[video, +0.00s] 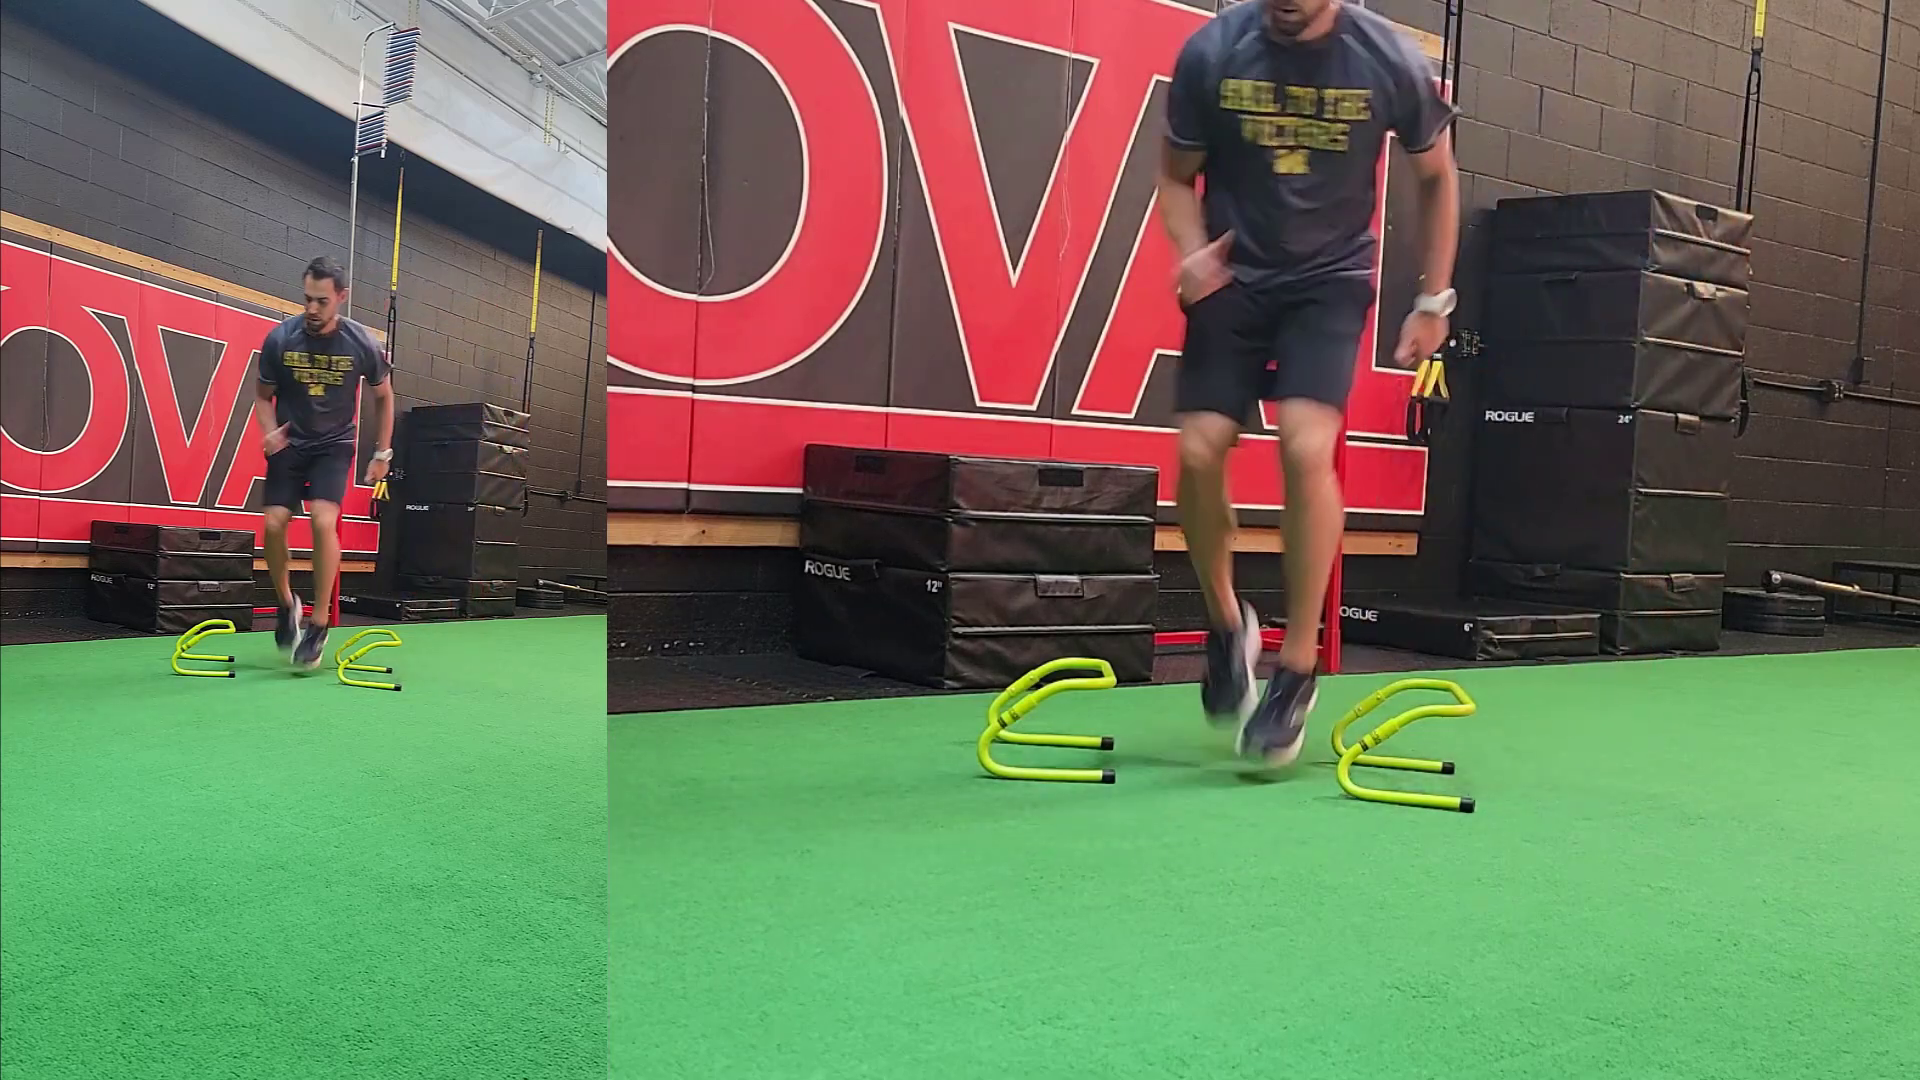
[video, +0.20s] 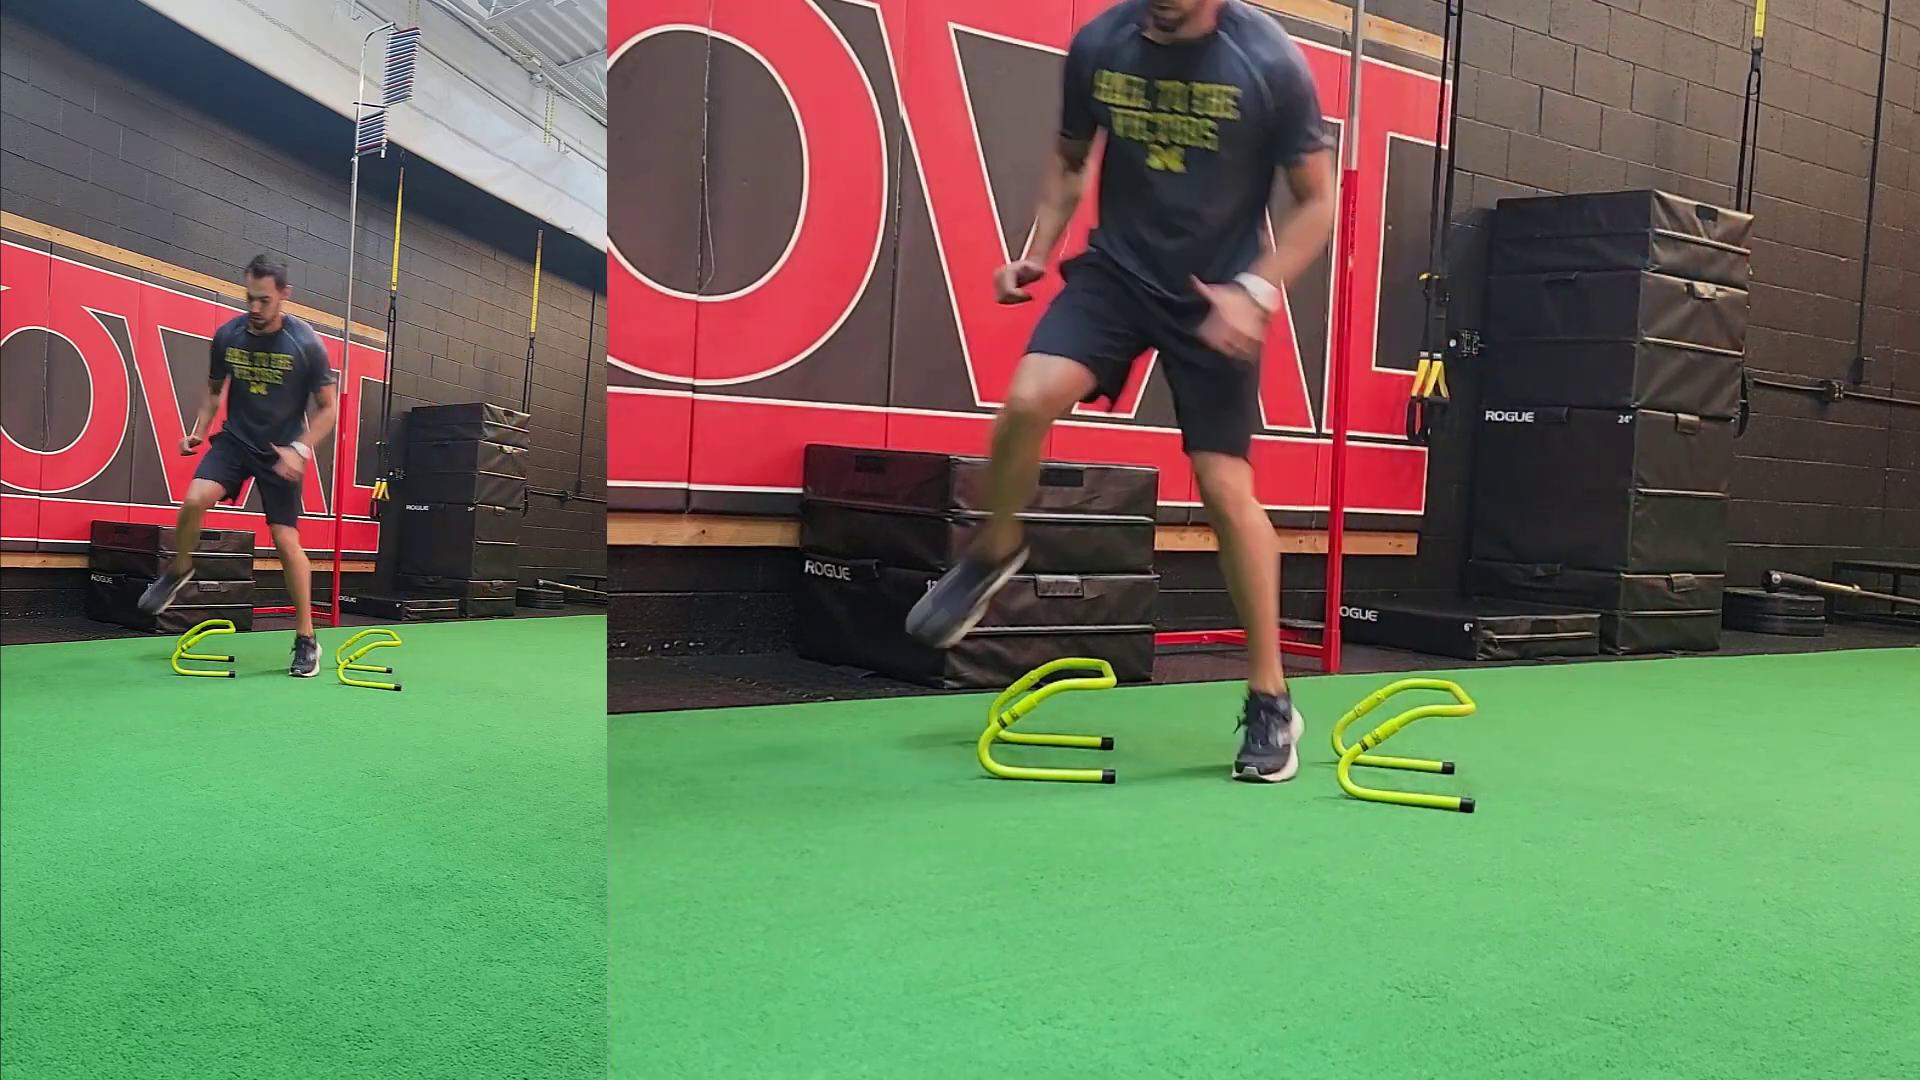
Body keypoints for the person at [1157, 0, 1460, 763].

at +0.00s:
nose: (1284, 7)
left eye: (1301, 0)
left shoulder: (1395, 61)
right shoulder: (1211, 53)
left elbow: (1436, 176)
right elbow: (1177, 178)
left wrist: (1433, 298)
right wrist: (1189, 249)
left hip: (1331, 281)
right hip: (1231, 277)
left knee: (1305, 448)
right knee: (1197, 451)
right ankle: (1226, 623)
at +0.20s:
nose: (1161, 6)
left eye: (1179, 2)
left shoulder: (1273, 66)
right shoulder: (1098, 46)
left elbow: (1317, 201)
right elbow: (1069, 158)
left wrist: (1259, 292)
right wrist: (1038, 251)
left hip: (1215, 298)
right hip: (1112, 273)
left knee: (1225, 491)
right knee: (1025, 402)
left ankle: (1268, 696)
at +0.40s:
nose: (1030, 52)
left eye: (1049, 34)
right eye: (1020, 32)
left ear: (1092, 22)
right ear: (1007, 24)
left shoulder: (1141, 130)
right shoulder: (973, 102)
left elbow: (1145, 289)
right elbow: (962, 225)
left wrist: (1018, 264)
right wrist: (964, 312)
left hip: (1091, 328)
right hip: (989, 327)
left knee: (1047, 433)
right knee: (926, 494)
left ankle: (1099, 481)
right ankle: (870, 694)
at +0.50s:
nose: (981, 101)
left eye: (1001, 83)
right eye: (970, 79)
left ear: (1048, 68)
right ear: (959, 59)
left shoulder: (1099, 174)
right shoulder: (935, 136)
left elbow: (1051, 325)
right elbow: (927, 244)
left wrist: (954, 232)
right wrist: (939, 218)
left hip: (1061, 360)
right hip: (958, 346)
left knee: (978, 449)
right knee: (884, 491)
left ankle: (974, 553)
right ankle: (867, 692)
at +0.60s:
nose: (965, 119)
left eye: (984, 100)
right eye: (953, 96)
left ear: (1028, 79)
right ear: (938, 78)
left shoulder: (1077, 188)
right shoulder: (918, 149)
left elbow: (1011, 334)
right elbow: (922, 270)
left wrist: (927, 225)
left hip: (1044, 367)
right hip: (942, 354)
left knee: (946, 463)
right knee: (870, 496)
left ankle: (954, 567)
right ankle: (868, 696)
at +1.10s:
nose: (1206, 11)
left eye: (1218, 1)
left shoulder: (1274, 77)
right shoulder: (1098, 56)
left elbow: (1301, 207)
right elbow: (1052, 165)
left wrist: (1277, 326)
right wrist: (1016, 281)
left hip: (1212, 303)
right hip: (1109, 283)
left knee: (1202, 502)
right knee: (1059, 429)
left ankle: (1212, 693)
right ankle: (1026, 546)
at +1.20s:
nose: (1265, 5)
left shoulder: (1328, 64)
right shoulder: (1147, 51)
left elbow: (1353, 196)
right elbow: (1089, 146)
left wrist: (1301, 201)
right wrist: (1046, 250)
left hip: (1273, 295)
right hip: (1173, 270)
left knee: (1251, 491)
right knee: (1193, 381)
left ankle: (1222, 694)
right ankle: (1176, 512)